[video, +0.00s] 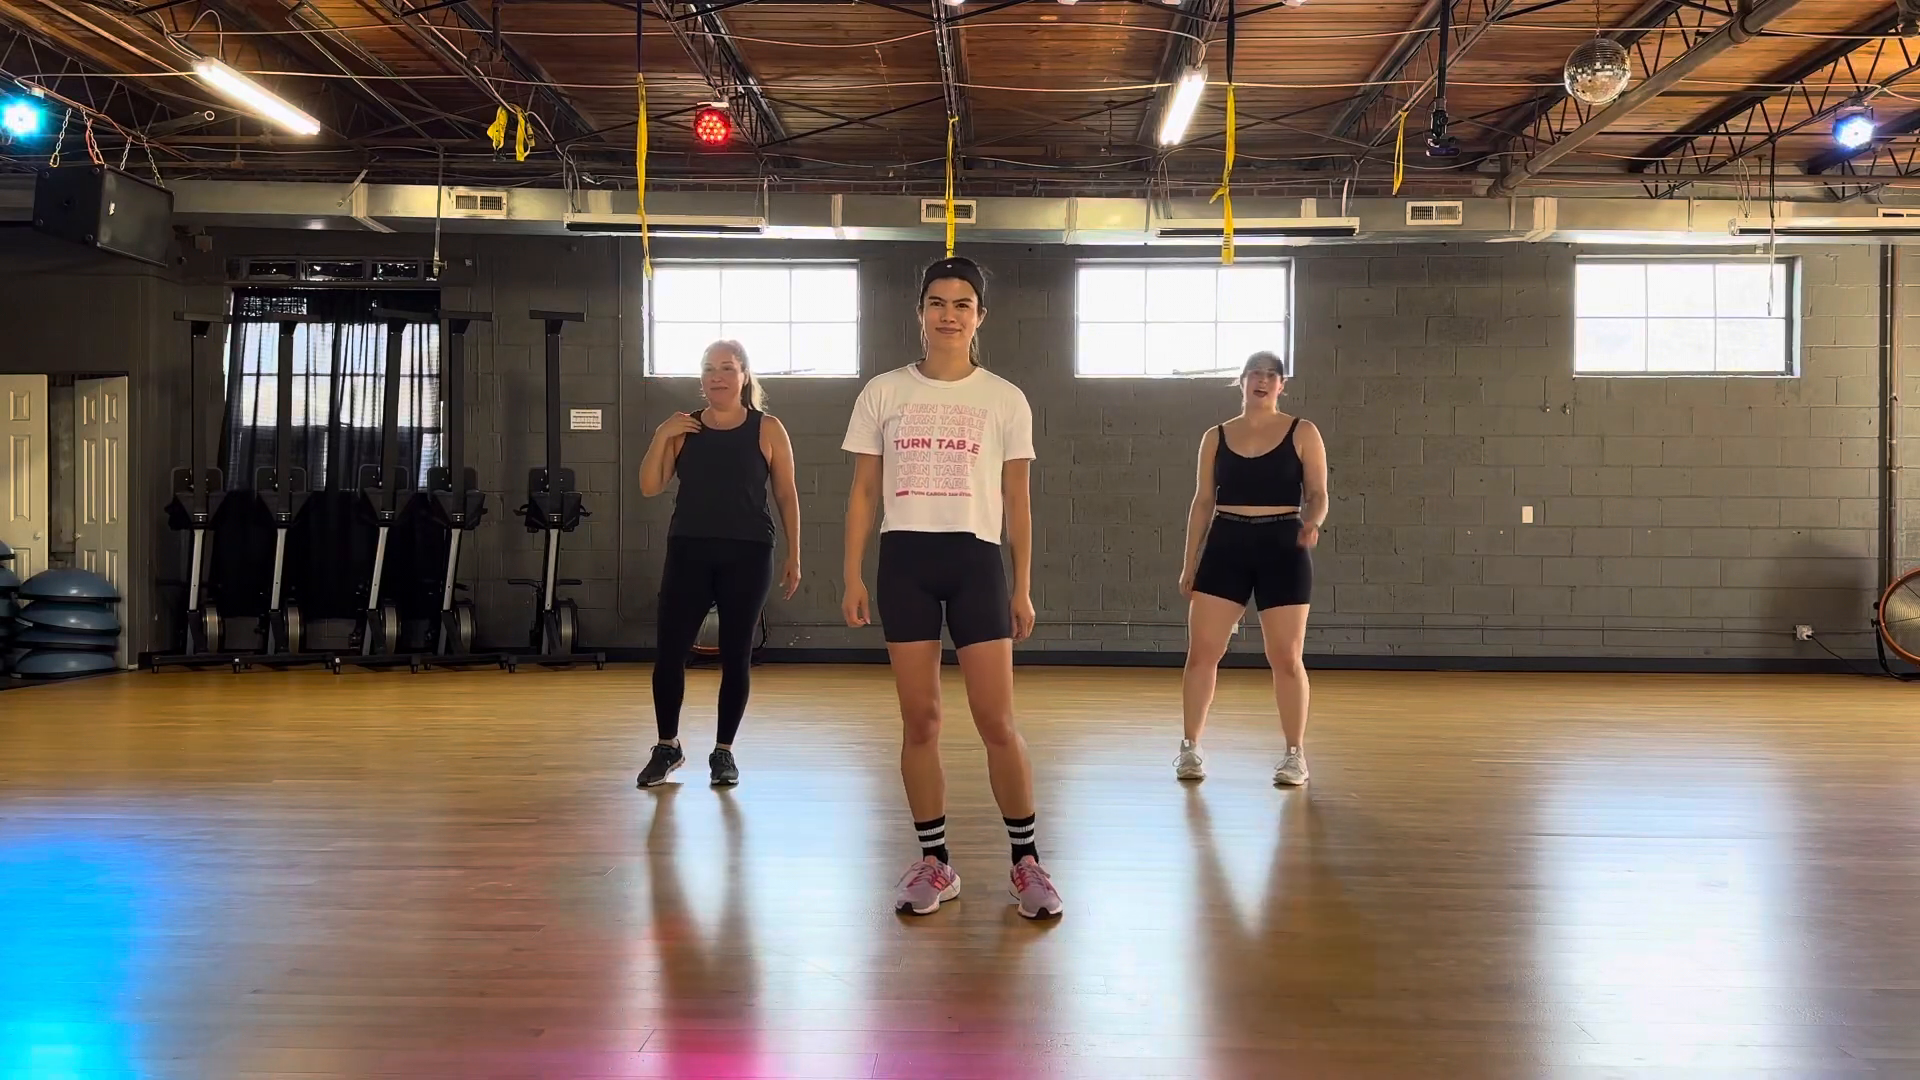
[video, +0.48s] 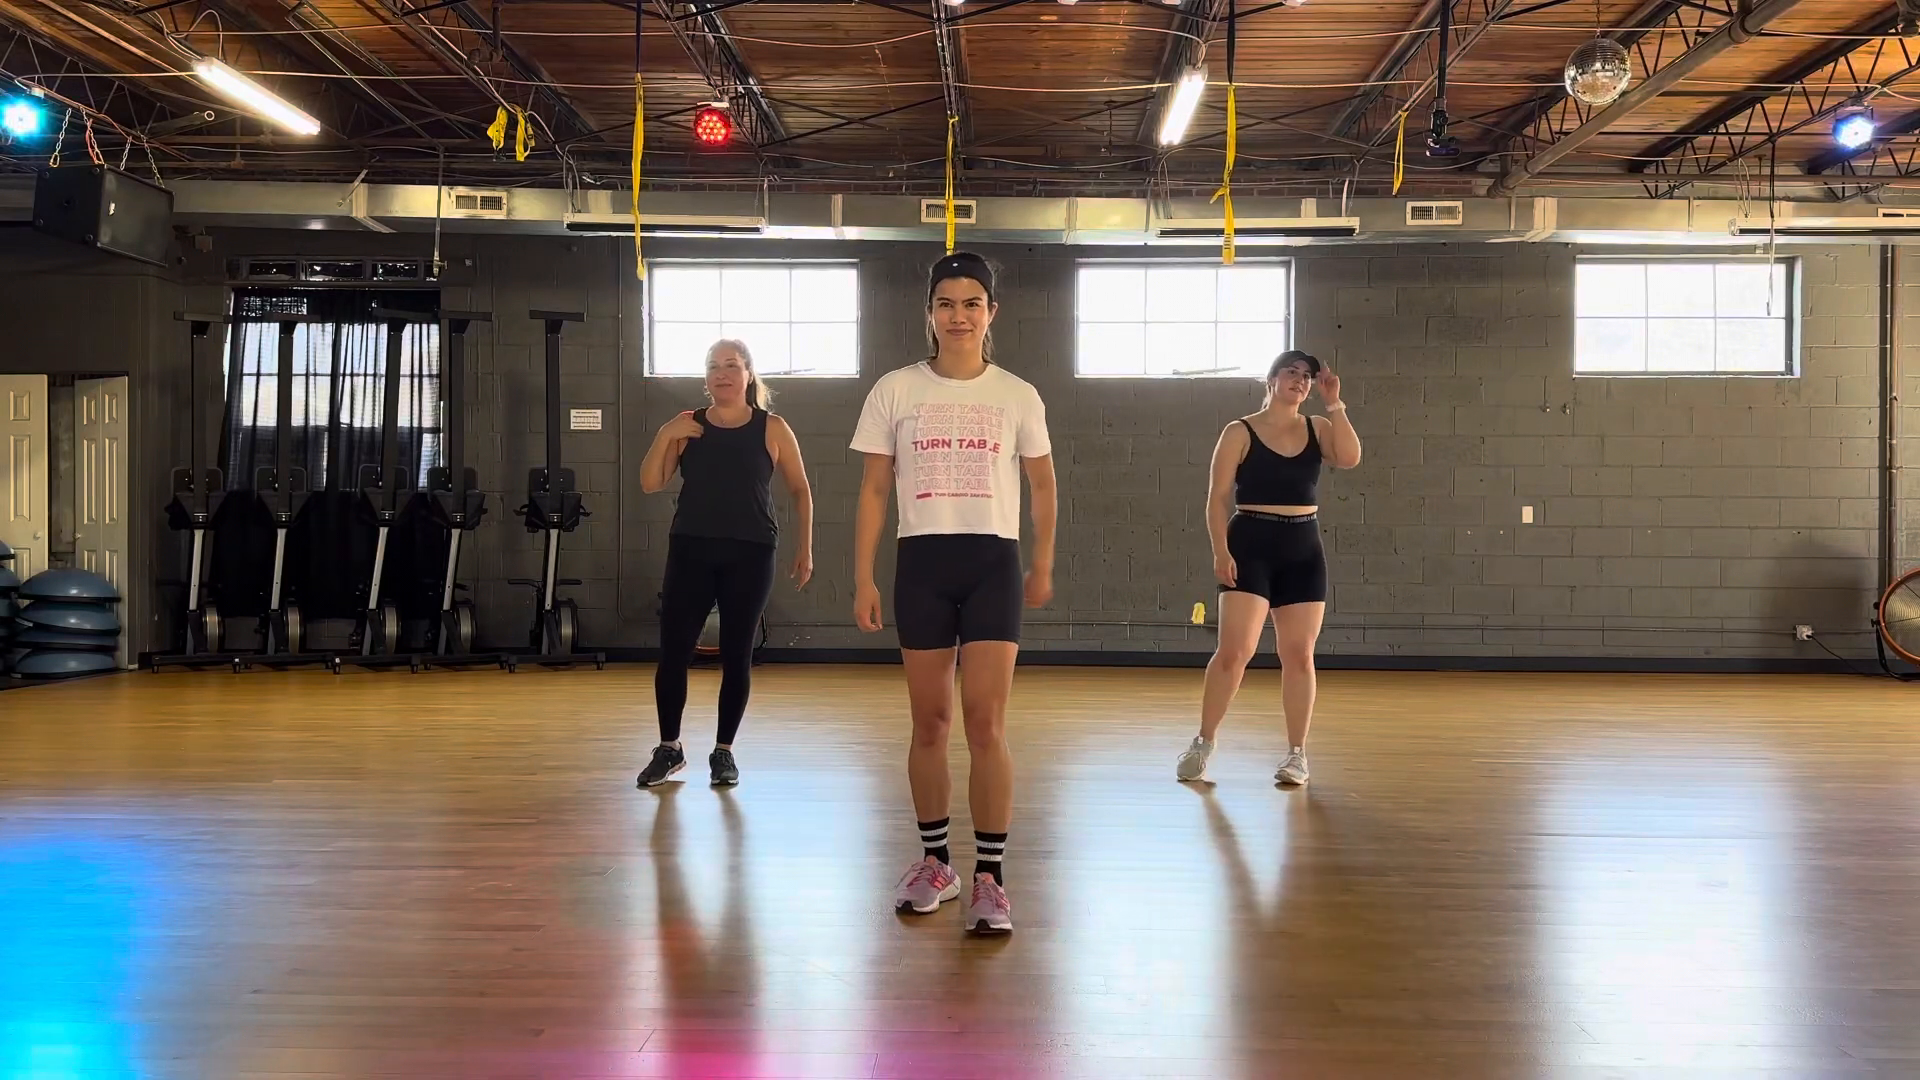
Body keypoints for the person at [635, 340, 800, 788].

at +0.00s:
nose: (717, 376)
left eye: (727, 369)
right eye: (710, 369)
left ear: (745, 377)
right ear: (701, 377)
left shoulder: (768, 429)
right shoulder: (683, 427)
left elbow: (786, 496)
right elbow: (650, 485)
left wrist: (793, 556)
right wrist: (662, 434)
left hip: (747, 554)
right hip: (688, 552)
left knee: (735, 655)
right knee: (670, 649)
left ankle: (723, 750)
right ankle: (667, 745)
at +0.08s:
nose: (718, 377)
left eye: (728, 369)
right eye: (711, 370)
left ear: (745, 376)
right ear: (702, 378)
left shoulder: (769, 429)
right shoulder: (684, 427)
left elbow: (788, 495)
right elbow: (651, 485)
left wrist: (795, 555)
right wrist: (663, 435)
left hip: (747, 554)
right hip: (689, 552)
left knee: (735, 654)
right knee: (668, 648)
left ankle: (723, 749)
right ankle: (664, 741)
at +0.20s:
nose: (719, 377)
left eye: (729, 369)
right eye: (712, 370)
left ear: (747, 376)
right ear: (703, 378)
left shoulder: (771, 429)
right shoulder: (685, 427)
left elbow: (790, 496)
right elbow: (655, 488)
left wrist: (798, 554)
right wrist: (666, 438)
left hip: (748, 554)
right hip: (690, 551)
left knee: (736, 655)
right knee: (672, 649)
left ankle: (723, 749)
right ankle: (667, 743)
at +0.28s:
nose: (720, 377)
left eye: (730, 370)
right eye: (713, 370)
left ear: (747, 377)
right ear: (704, 379)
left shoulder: (770, 429)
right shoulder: (686, 427)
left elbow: (790, 497)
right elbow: (655, 488)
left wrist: (799, 555)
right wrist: (666, 439)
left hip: (748, 554)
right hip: (690, 553)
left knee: (736, 656)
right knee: (677, 652)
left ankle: (724, 750)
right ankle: (670, 750)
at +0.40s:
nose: (721, 375)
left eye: (731, 368)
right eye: (714, 368)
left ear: (748, 376)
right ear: (705, 377)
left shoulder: (770, 429)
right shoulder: (686, 426)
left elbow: (794, 493)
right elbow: (651, 484)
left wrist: (802, 553)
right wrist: (665, 435)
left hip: (748, 554)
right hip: (690, 552)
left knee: (737, 655)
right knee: (677, 651)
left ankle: (723, 750)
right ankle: (670, 749)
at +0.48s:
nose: (723, 374)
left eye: (732, 366)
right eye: (715, 367)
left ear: (749, 375)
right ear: (706, 376)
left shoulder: (773, 428)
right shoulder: (687, 424)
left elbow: (801, 491)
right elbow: (650, 482)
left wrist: (805, 548)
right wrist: (666, 434)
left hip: (748, 554)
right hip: (690, 551)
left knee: (736, 655)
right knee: (674, 649)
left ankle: (723, 750)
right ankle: (669, 746)